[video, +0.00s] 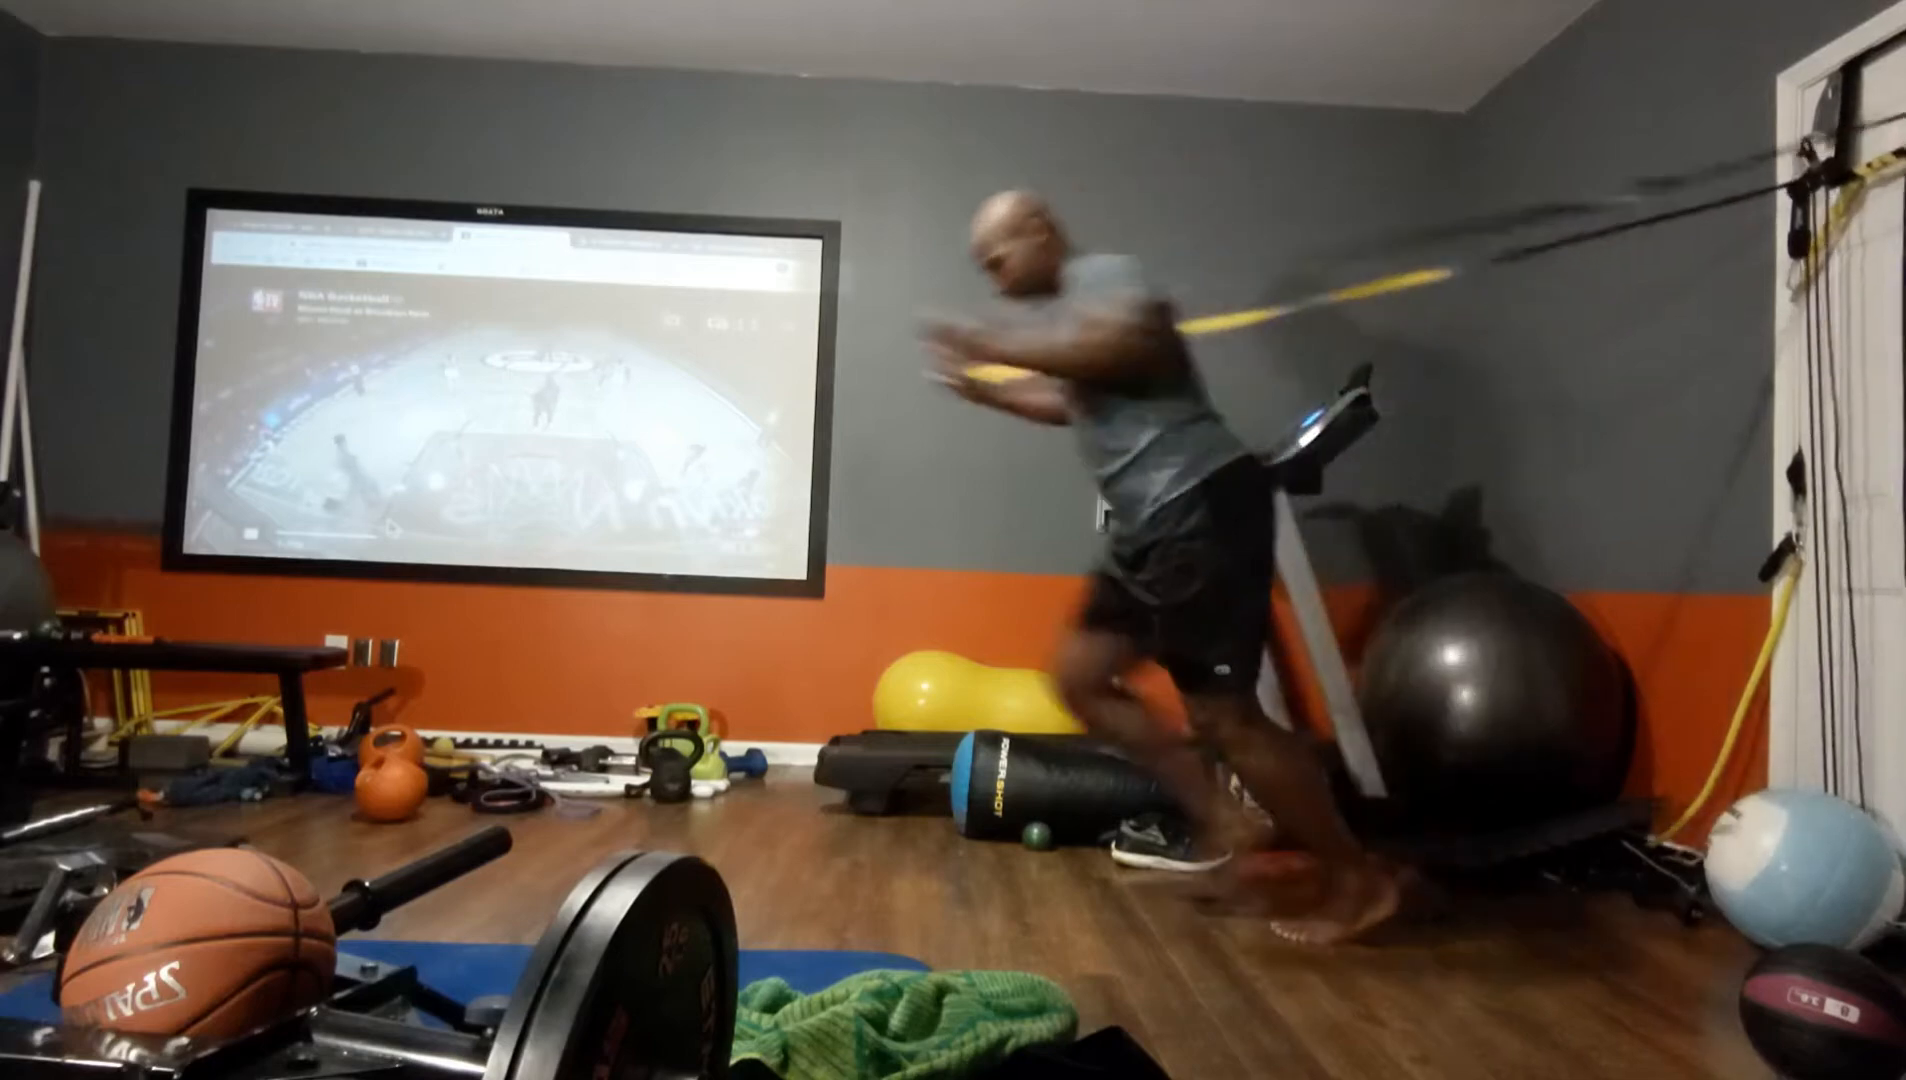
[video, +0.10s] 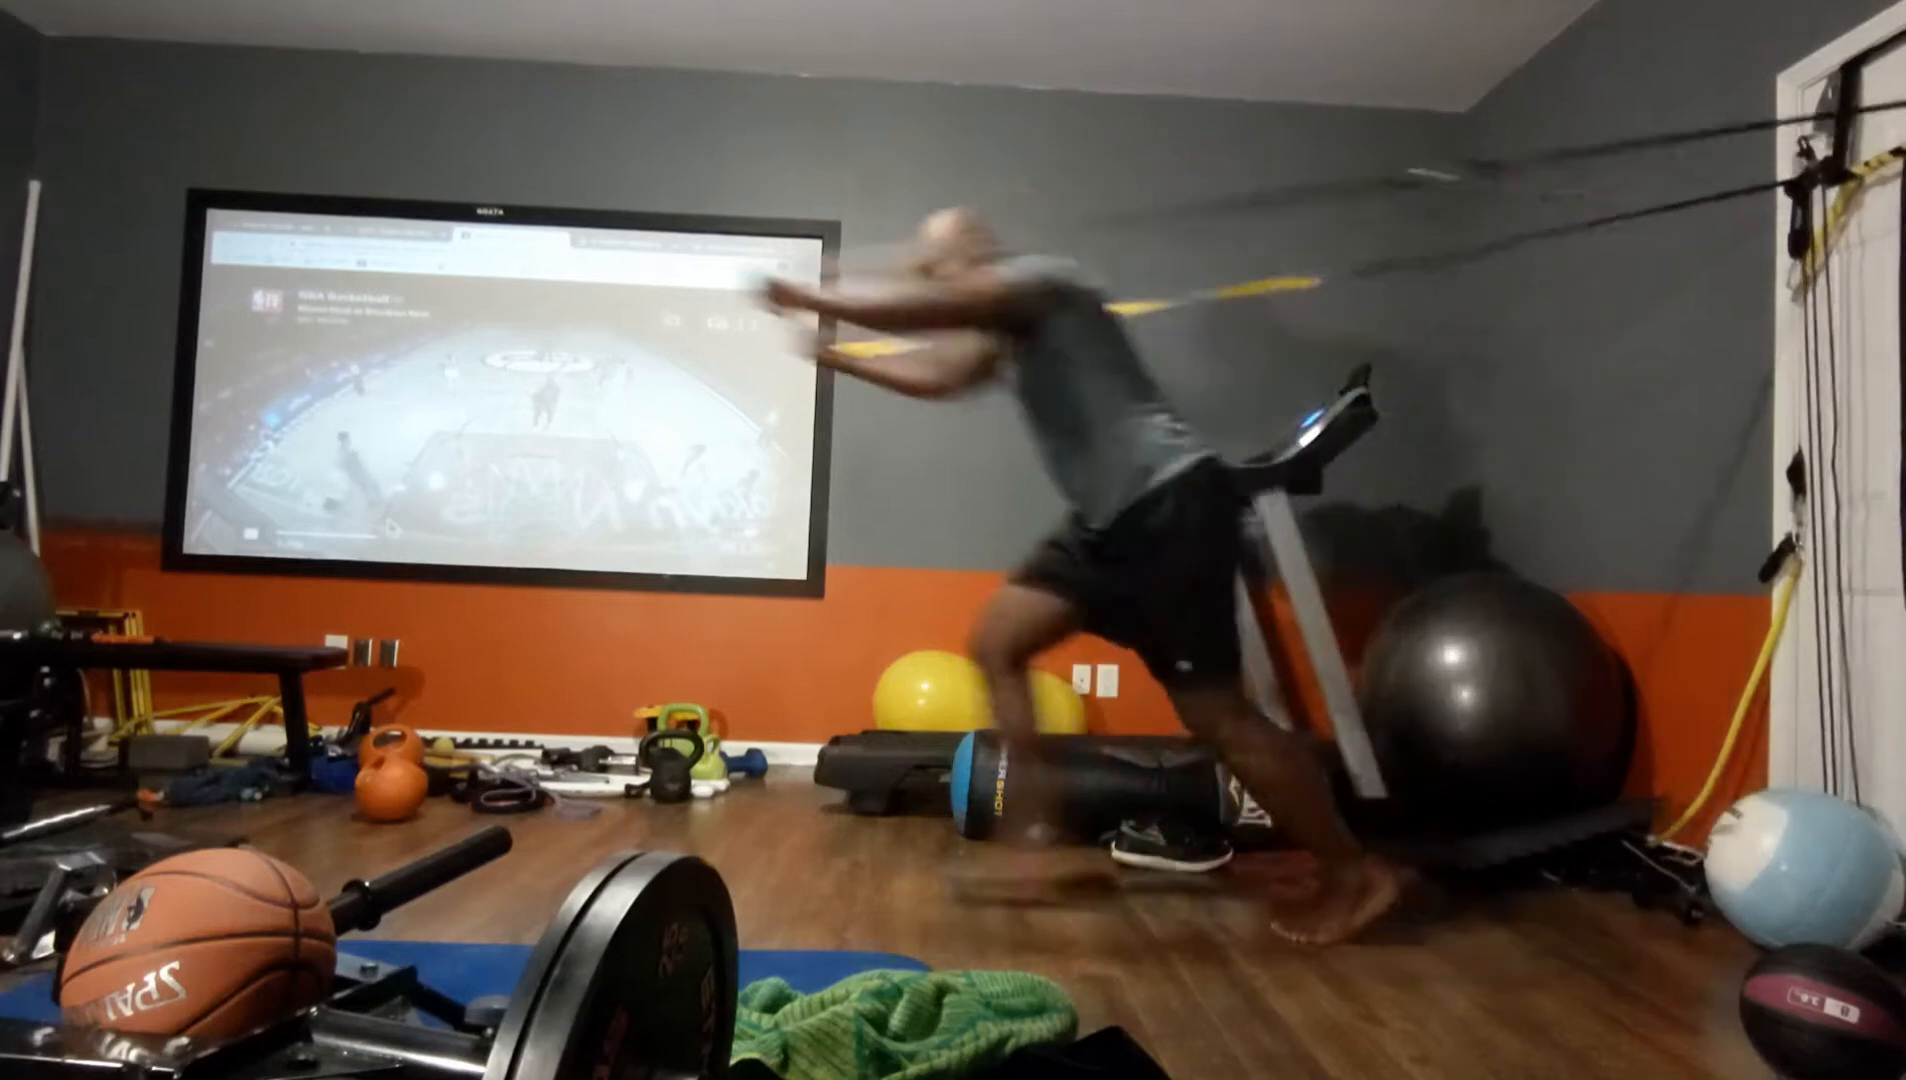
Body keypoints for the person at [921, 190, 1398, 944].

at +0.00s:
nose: (993, 271)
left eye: (1000, 251)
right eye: (984, 261)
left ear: (1045, 234)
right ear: (992, 267)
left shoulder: (1104, 275)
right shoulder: (1058, 326)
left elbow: (1124, 345)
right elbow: (1074, 405)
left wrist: (992, 344)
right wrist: (982, 386)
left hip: (1207, 497)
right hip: (1144, 522)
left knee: (1224, 718)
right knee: (1082, 678)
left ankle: (1356, 880)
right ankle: (1217, 830)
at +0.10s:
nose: (934, 285)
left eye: (936, 268)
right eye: (926, 276)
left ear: (971, 254)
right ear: (955, 268)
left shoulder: (1048, 283)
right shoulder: (1012, 335)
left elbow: (930, 306)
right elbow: (934, 377)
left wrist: (820, 296)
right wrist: (835, 356)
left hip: (1175, 502)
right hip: (1110, 525)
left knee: (1218, 718)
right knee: (997, 643)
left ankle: (1353, 875)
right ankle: (1036, 835)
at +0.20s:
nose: (856, 300)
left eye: (859, 283)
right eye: (854, 290)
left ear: (896, 269)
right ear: (891, 289)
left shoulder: (968, 297)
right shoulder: (934, 339)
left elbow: (834, 287)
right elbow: (833, 348)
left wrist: (700, 251)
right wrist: (740, 321)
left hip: (1115, 520)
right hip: (1047, 535)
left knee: (1188, 714)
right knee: (943, 670)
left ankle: (1352, 868)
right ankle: (884, 867)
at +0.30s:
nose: (802, 350)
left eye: (803, 331)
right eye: (792, 340)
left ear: (831, 312)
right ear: (820, 334)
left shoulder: (910, 333)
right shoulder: (878, 362)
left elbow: (774, 295)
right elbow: (780, 348)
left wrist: (647, 250)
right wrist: (691, 311)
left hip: (1062, 538)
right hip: (991, 551)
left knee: (1130, 727)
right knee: (876, 667)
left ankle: (1324, 859)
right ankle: (864, 873)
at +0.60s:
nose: (731, 390)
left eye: (732, 369)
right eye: (721, 380)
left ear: (766, 340)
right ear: (780, 353)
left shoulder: (841, 361)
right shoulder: (832, 397)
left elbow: (696, 336)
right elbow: (704, 367)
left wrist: (570, 296)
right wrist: (608, 325)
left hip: (1009, 554)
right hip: (952, 564)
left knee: (1096, 746)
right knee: (825, 671)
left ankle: (1291, 860)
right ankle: (860, 865)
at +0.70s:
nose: (743, 371)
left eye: (743, 350)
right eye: (738, 360)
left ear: (771, 330)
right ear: (792, 335)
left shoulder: (845, 357)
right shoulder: (842, 388)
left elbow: (702, 331)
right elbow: (724, 375)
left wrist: (577, 296)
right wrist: (626, 327)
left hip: (1010, 555)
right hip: (957, 561)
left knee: (1097, 747)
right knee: (827, 671)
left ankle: (1290, 857)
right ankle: (859, 868)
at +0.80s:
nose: (762, 346)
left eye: (762, 328)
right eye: (758, 337)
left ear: (790, 313)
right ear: (802, 321)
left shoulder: (869, 345)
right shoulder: (843, 388)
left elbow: (732, 321)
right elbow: (744, 366)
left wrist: (601, 290)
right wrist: (656, 331)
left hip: (1025, 549)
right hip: (965, 561)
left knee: (1103, 747)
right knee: (840, 669)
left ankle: (1294, 856)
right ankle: (861, 867)